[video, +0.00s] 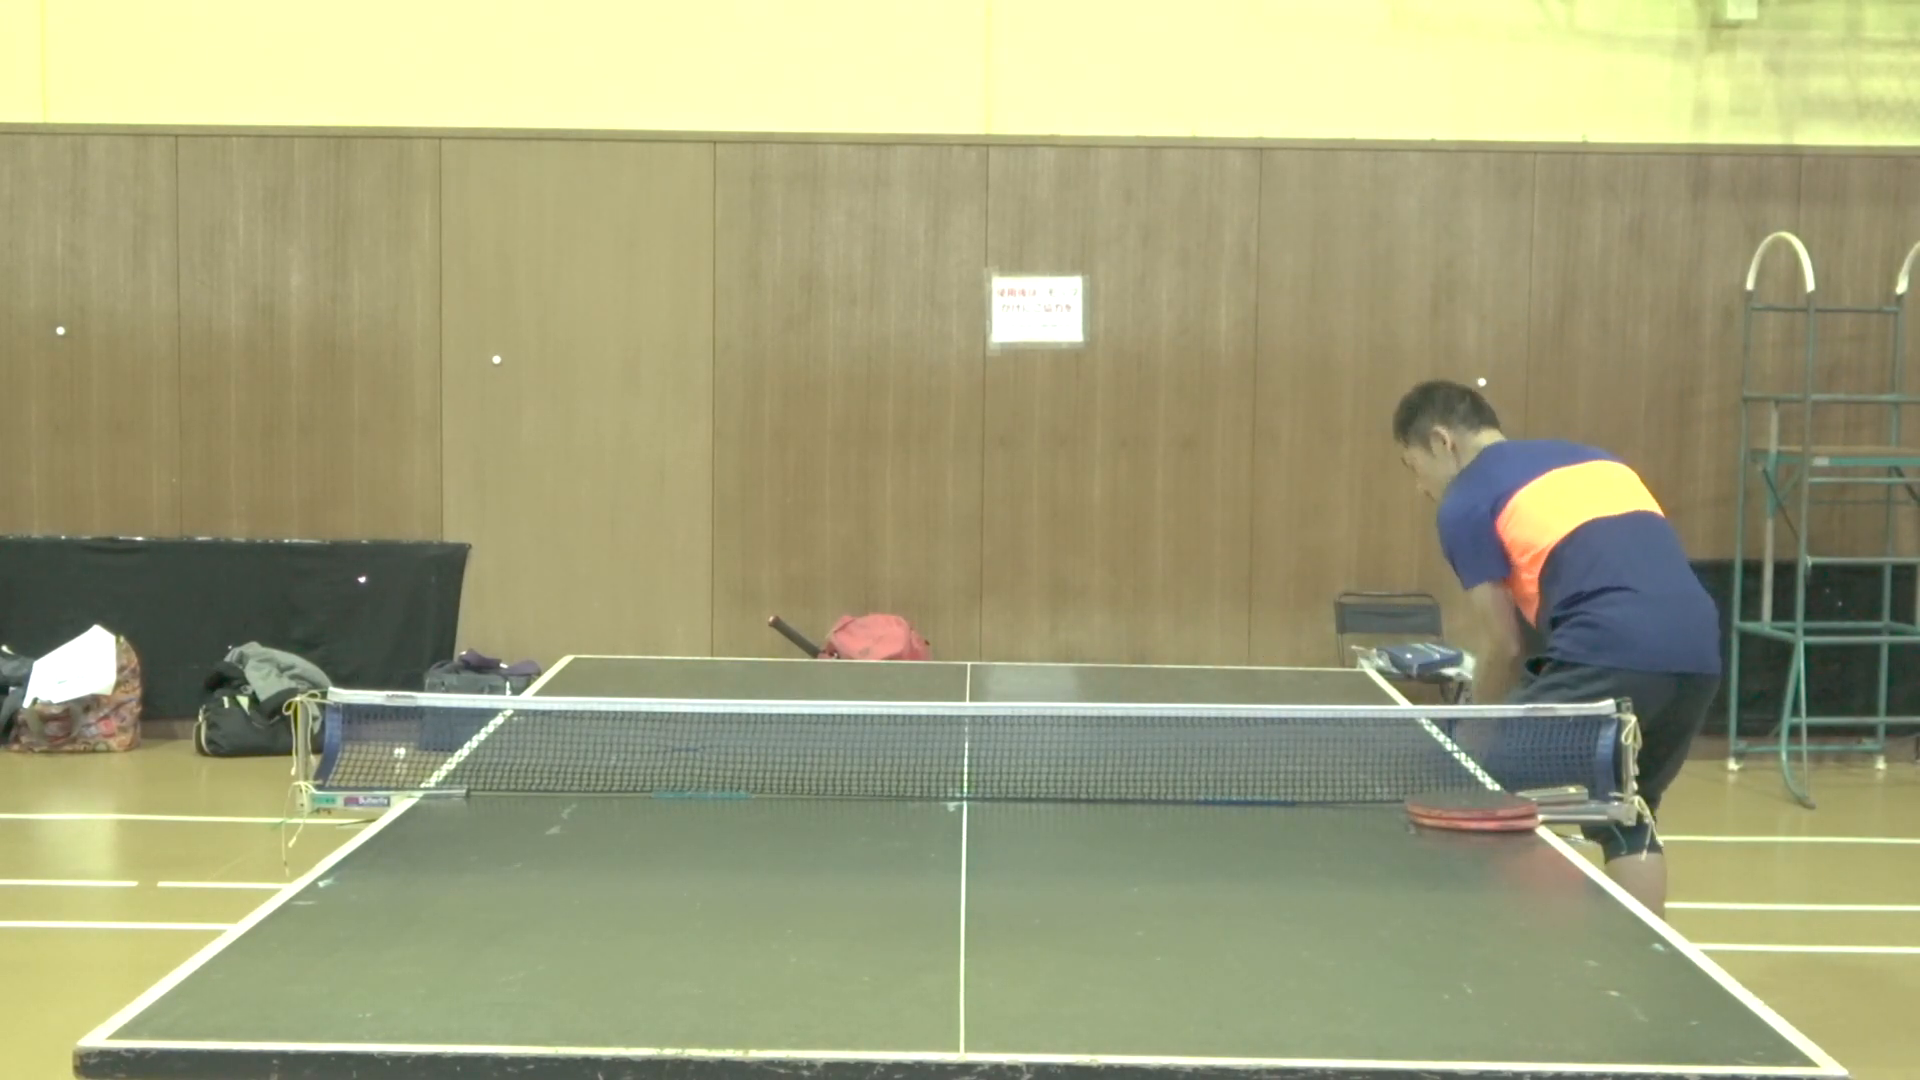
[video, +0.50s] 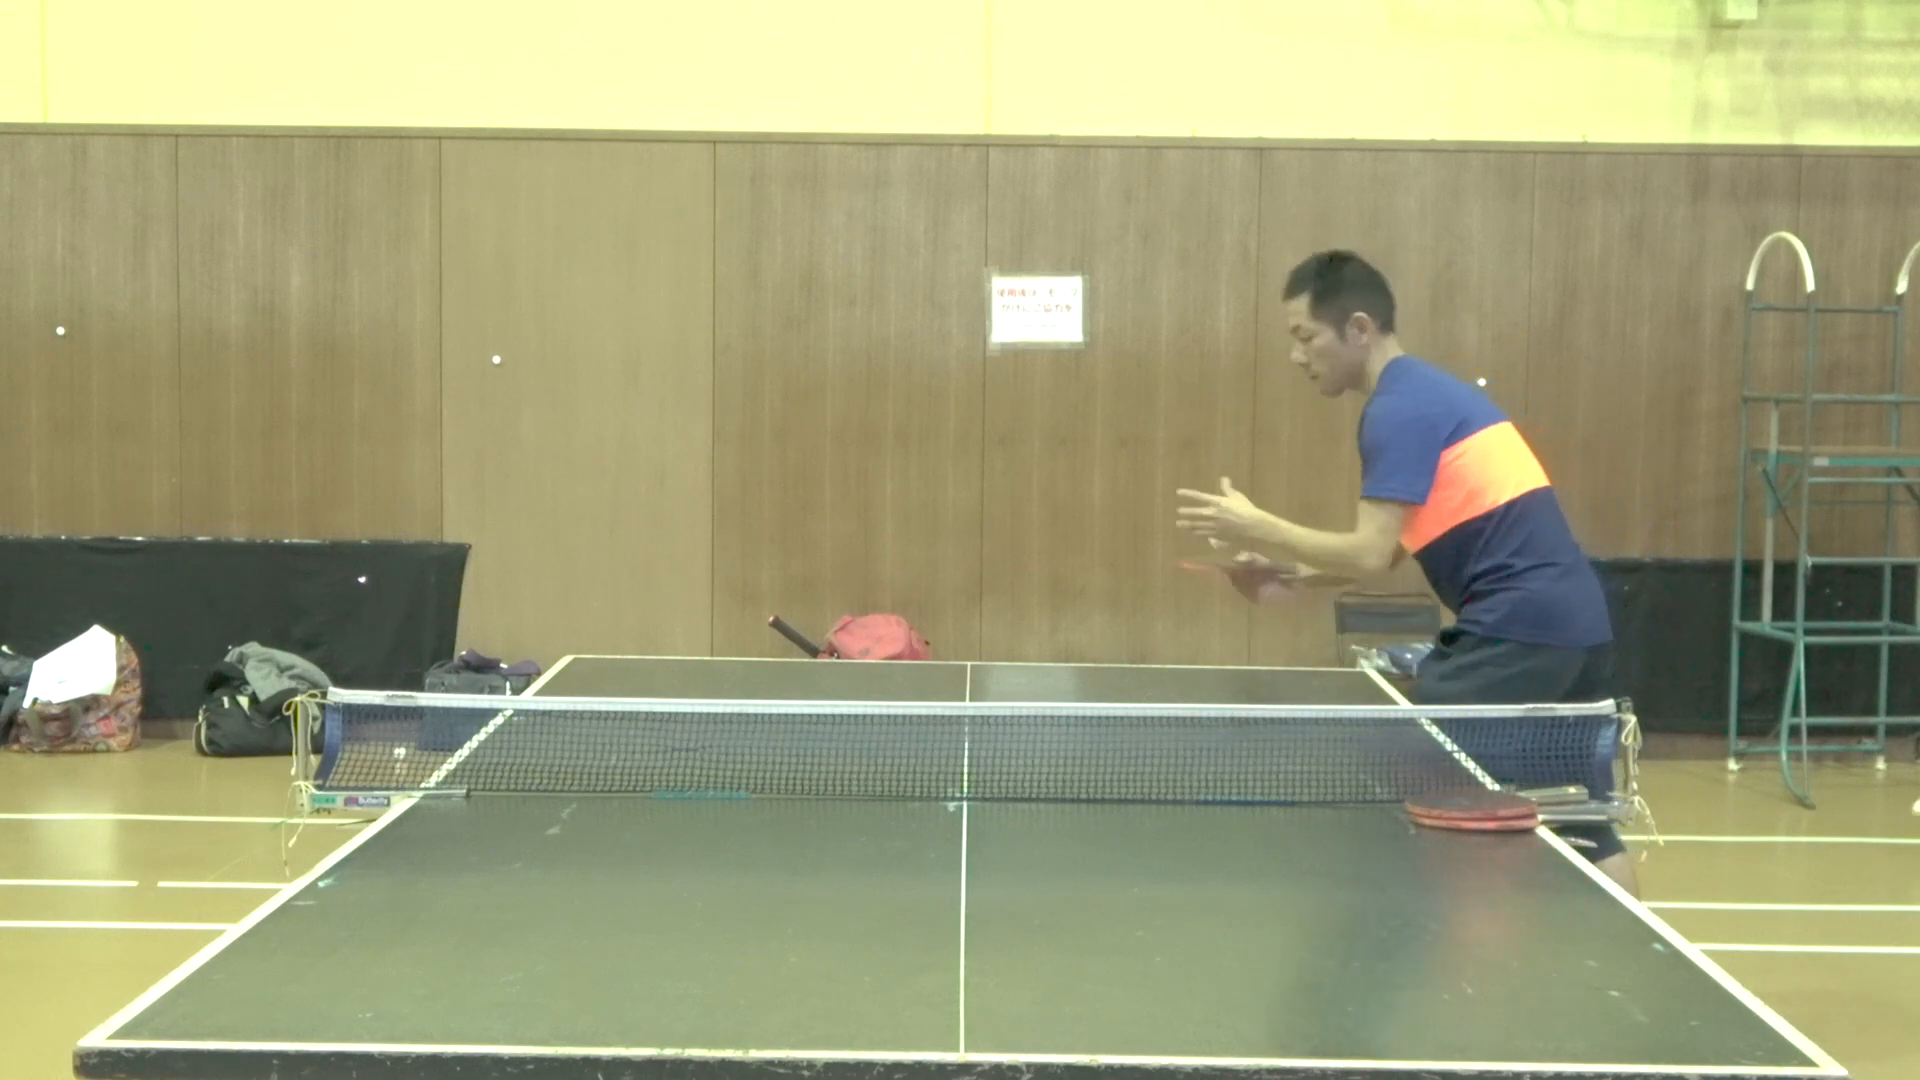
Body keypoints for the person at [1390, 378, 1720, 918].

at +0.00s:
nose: (1420, 485)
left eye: (1415, 466)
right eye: (1412, 470)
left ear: (1444, 441)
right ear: (1491, 429)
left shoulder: (1466, 498)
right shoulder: (1581, 455)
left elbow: (1504, 646)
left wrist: (1471, 740)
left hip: (1608, 649)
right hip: (1699, 649)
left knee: (1476, 782)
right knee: (1628, 807)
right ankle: (1642, 977)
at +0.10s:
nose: (1394, 436)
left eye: (1395, 415)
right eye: (1390, 419)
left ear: (1438, 397)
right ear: (1466, 393)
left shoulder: (1460, 465)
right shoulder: (1559, 436)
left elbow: (1483, 612)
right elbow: (1538, 595)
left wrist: (1407, 666)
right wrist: (1493, 688)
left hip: (1593, 649)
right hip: (1680, 647)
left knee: (1463, 789)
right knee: (1616, 807)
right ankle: (1634, 975)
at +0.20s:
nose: (1374, 392)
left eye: (1381, 371)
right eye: (1373, 375)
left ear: (1431, 362)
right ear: (1444, 361)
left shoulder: (1450, 436)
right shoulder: (1535, 417)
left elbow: (1449, 583)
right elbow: (1579, 576)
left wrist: (1338, 602)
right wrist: (1485, 662)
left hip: (1579, 639)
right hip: (1652, 641)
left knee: (1446, 778)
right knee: (1603, 805)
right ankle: (1633, 973)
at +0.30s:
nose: (1354, 366)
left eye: (1364, 347)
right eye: (1353, 350)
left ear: (1416, 343)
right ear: (1418, 344)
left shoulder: (1442, 415)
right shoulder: (1501, 403)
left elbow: (1414, 560)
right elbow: (1514, 571)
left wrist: (1303, 553)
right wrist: (1420, 635)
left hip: (1559, 638)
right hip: (1621, 638)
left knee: (1436, 780)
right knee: (1585, 809)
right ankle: (1640, 964)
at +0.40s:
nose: (1329, 358)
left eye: (1337, 338)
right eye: (1325, 342)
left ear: (1392, 331)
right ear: (1393, 334)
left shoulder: (1423, 406)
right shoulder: (1465, 394)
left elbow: (1388, 554)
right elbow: (1454, 560)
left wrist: (1279, 527)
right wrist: (1351, 604)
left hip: (1540, 635)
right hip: (1595, 635)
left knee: (1412, 772)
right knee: (1583, 813)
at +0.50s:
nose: (1297, 356)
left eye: (1305, 336)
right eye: (1294, 339)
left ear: (1361, 329)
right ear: (1364, 330)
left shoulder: (1400, 403)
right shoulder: (1428, 390)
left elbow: (1369, 554)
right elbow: (1387, 561)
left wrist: (1256, 526)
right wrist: (1293, 577)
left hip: (1521, 629)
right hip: (1573, 627)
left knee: (1387, 771)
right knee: (1580, 806)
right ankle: (1641, 965)